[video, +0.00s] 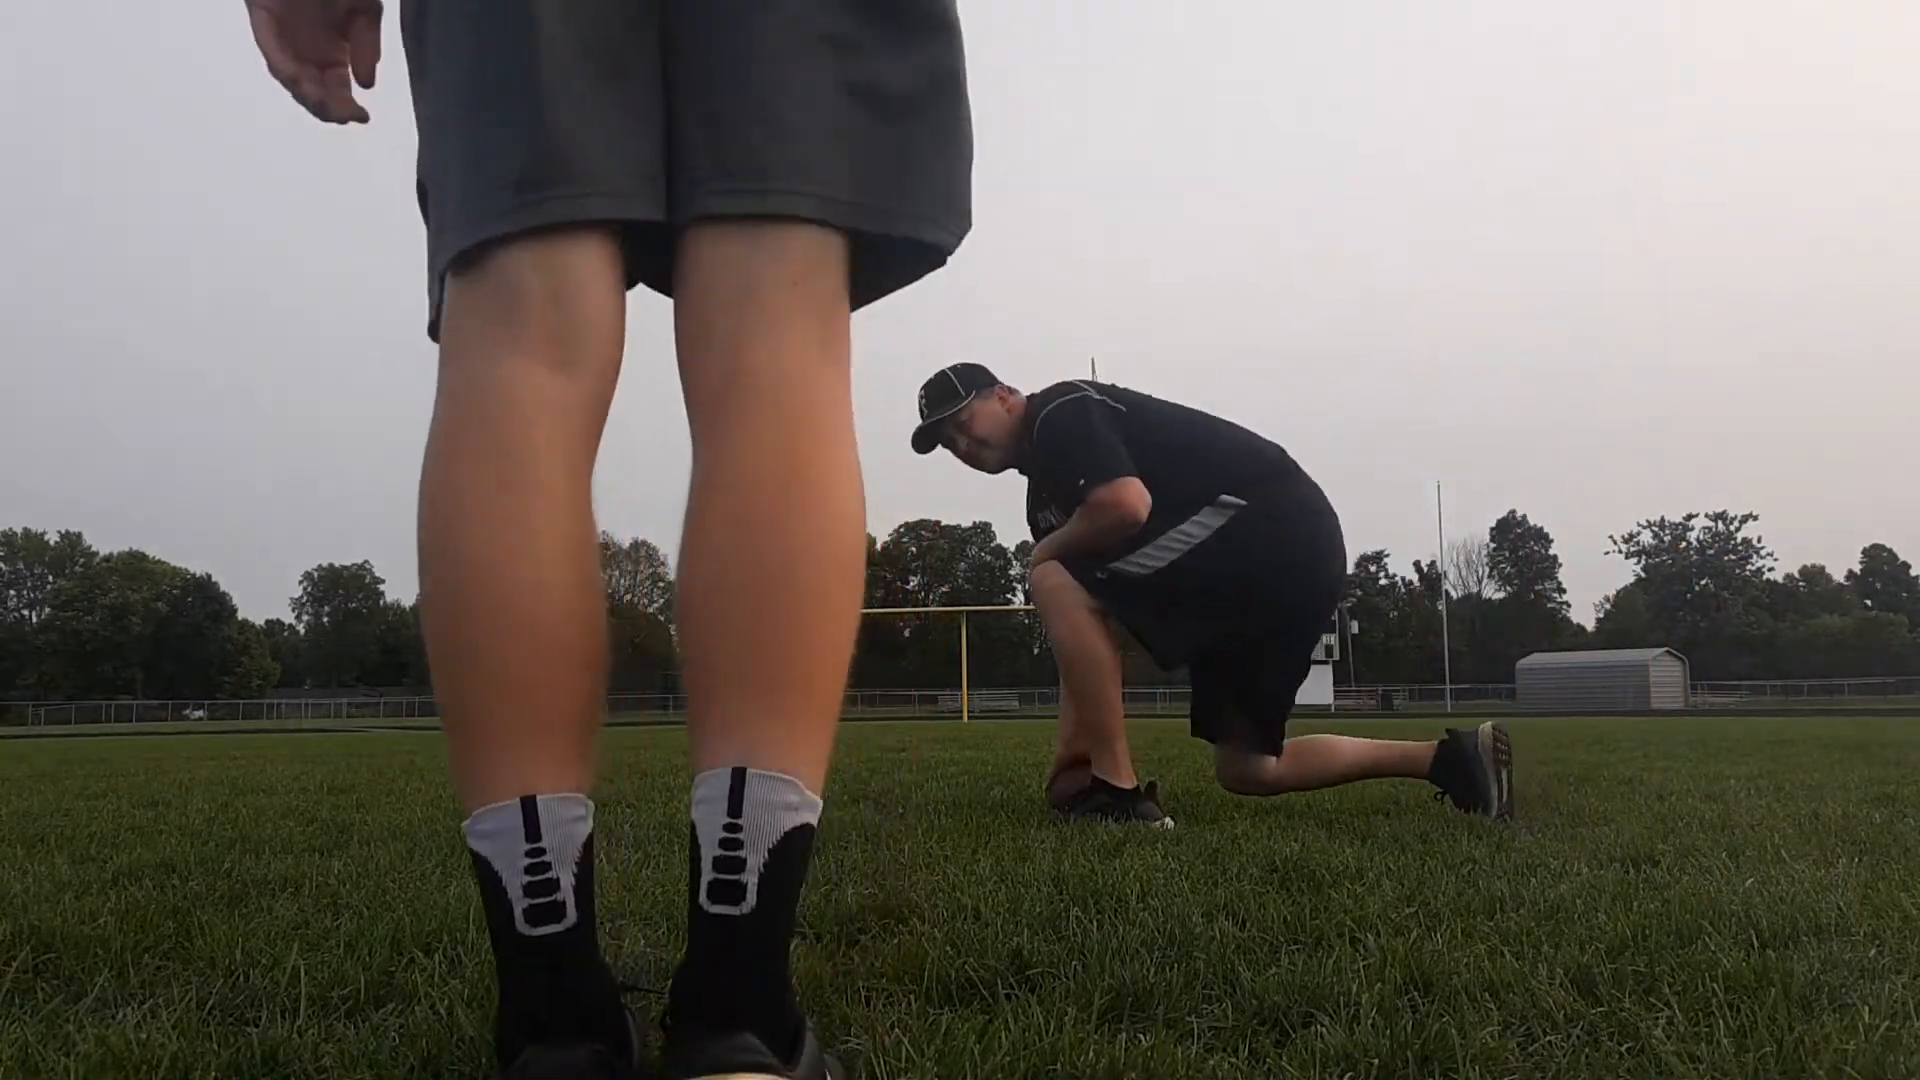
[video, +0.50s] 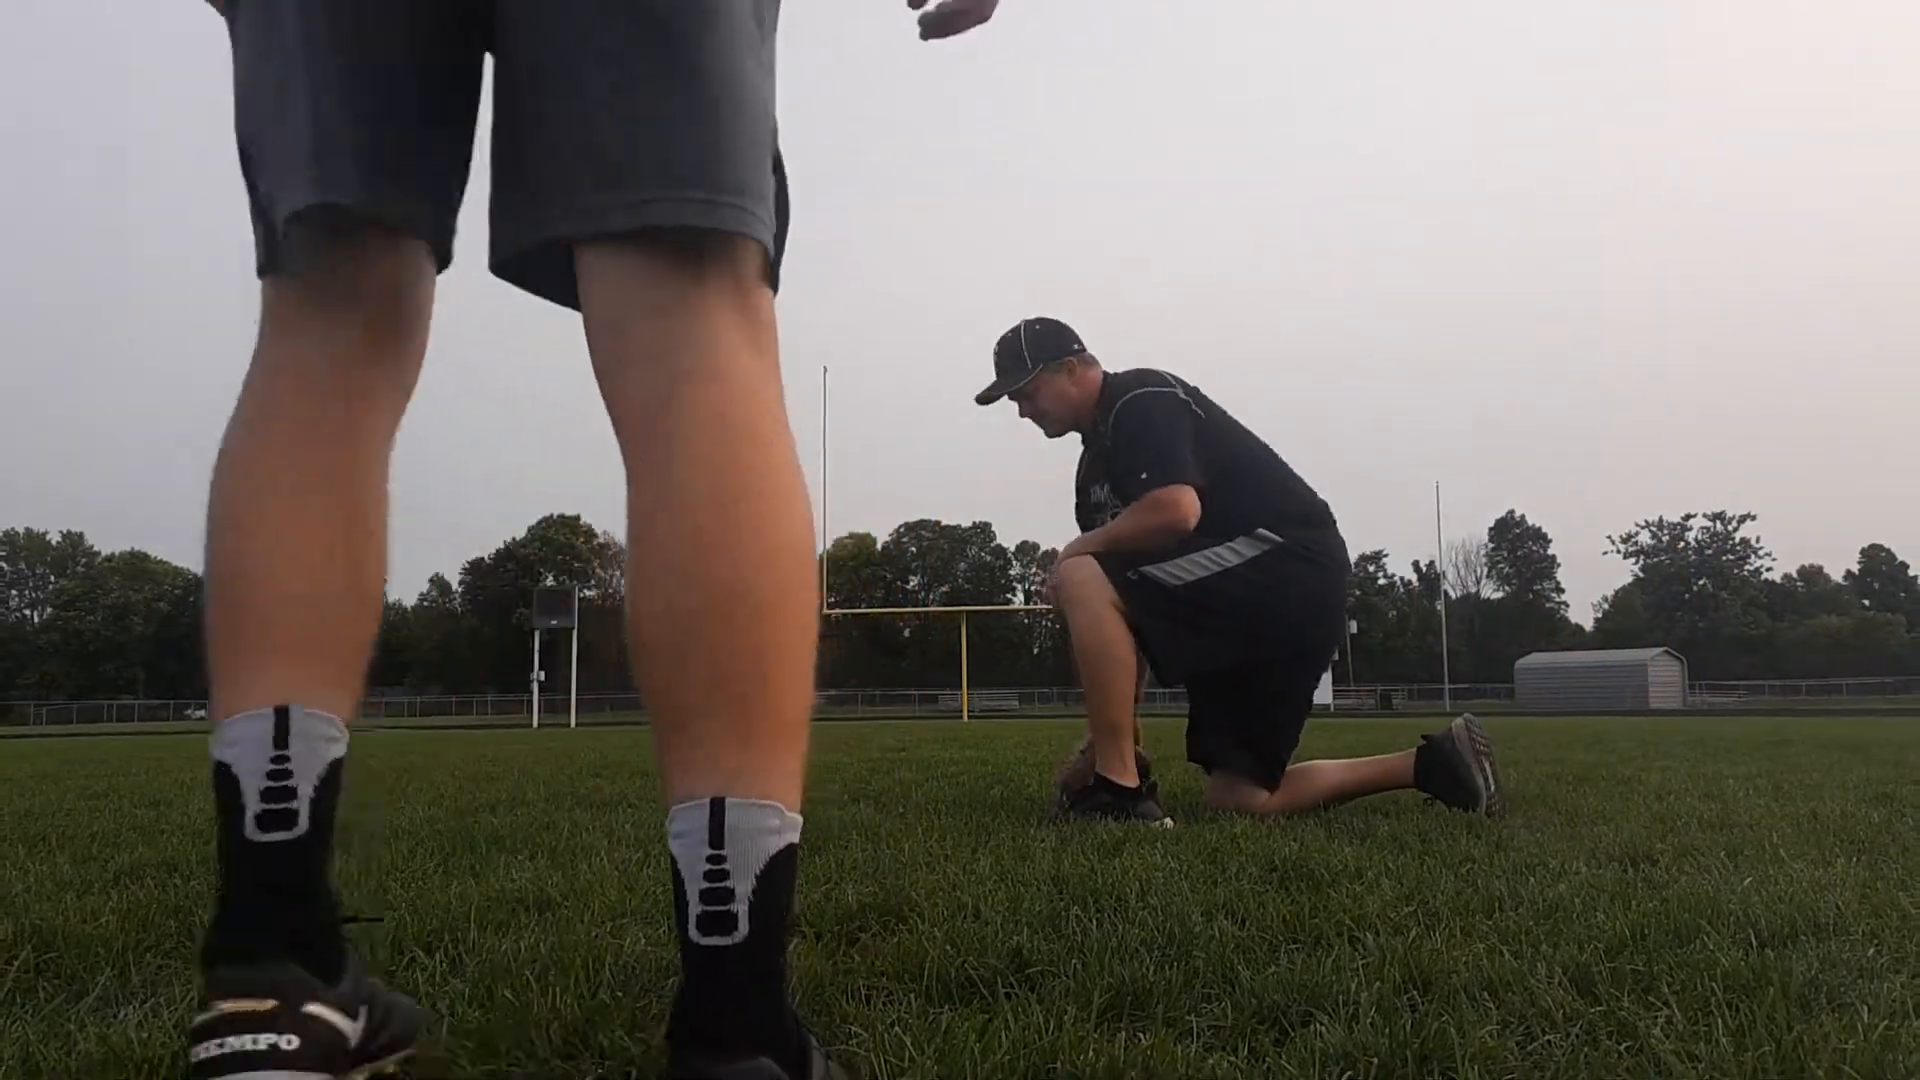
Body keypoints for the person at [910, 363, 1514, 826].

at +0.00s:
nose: (959, 448)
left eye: (959, 427)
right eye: (947, 443)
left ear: (996, 396)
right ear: (966, 446)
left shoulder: (1062, 411)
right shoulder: (1051, 498)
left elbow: (1127, 503)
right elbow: (1089, 630)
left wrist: (1045, 554)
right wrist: (1070, 755)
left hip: (1263, 522)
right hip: (1304, 554)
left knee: (1056, 578)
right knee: (1247, 767)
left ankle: (1120, 786)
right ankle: (1444, 759)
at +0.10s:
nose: (963, 446)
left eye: (964, 425)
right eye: (951, 440)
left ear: (1004, 398)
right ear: (967, 446)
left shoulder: (1068, 419)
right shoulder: (1048, 504)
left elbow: (1134, 510)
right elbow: (1095, 630)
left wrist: (1046, 553)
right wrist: (1076, 751)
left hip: (1264, 542)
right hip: (1289, 580)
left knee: (1052, 576)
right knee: (1238, 786)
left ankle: (1119, 784)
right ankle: (1431, 765)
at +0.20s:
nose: (970, 442)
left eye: (973, 421)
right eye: (959, 436)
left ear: (1015, 397)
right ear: (972, 443)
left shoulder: (1080, 421)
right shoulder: (1049, 504)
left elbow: (1146, 514)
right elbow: (1094, 627)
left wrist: (1050, 551)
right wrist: (1079, 746)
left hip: (1272, 547)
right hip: (1283, 592)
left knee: (1057, 575)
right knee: (1237, 791)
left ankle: (1120, 786)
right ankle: (1427, 766)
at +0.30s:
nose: (983, 438)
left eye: (987, 418)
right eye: (973, 430)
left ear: (1032, 395)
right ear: (990, 431)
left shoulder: (1097, 418)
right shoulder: (1054, 503)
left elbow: (1161, 516)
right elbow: (1105, 623)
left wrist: (1061, 551)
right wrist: (1086, 747)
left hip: (1277, 554)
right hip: (1284, 600)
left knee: (1069, 577)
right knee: (1239, 797)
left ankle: (1119, 788)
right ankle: (1427, 767)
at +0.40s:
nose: (1003, 435)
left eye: (1005, 415)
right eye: (995, 424)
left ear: (1050, 388)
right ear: (1024, 409)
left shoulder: (1118, 408)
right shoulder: (1072, 495)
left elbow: (1169, 514)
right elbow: (1121, 622)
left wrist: (1065, 552)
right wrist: (1094, 748)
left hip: (1286, 559)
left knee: (1076, 576)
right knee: (1238, 797)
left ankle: (1120, 789)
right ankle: (1426, 764)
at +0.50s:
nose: (1020, 410)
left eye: (1024, 392)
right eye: (1014, 399)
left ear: (1071, 369)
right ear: (1048, 388)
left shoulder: (1141, 398)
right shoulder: (1095, 479)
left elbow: (1175, 510)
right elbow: (1127, 620)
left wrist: (1080, 552)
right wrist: (1095, 748)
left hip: (1285, 559)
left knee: (1084, 578)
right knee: (1236, 796)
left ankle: (1123, 788)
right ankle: (1427, 767)